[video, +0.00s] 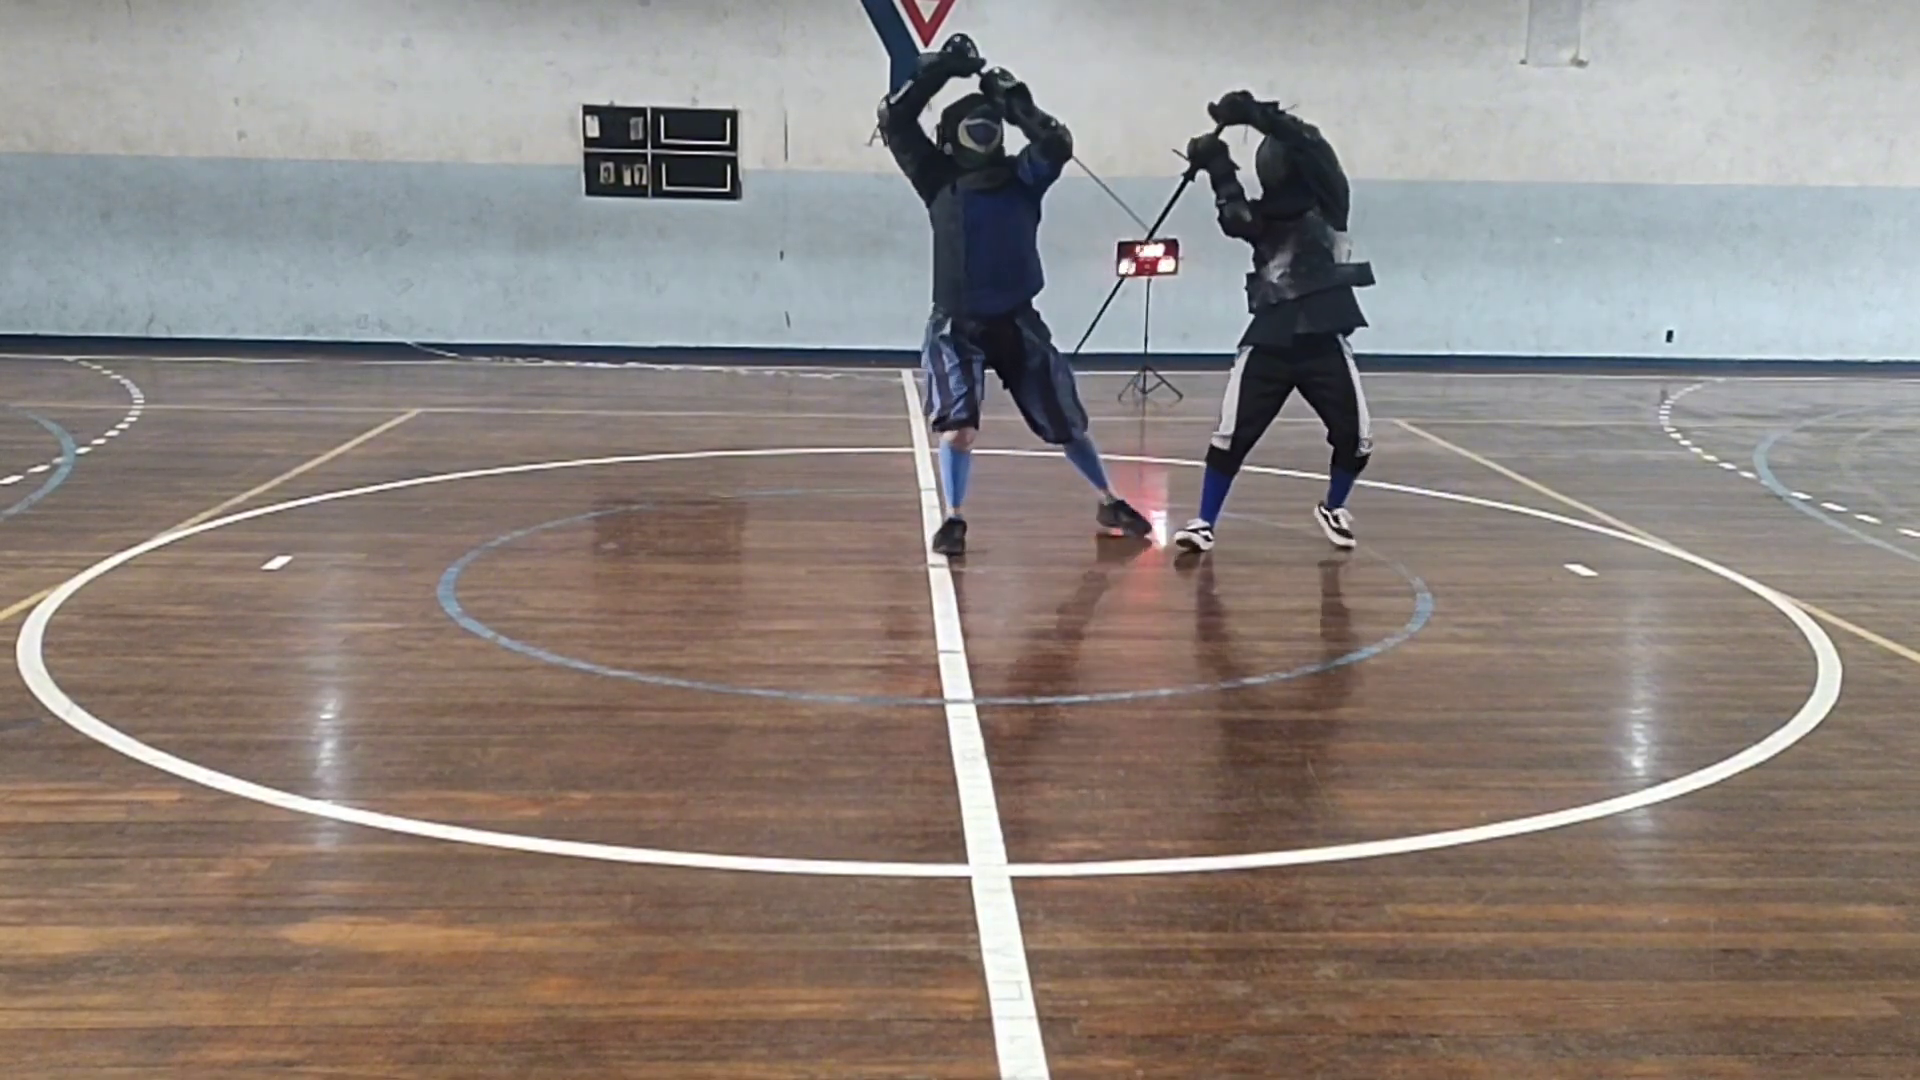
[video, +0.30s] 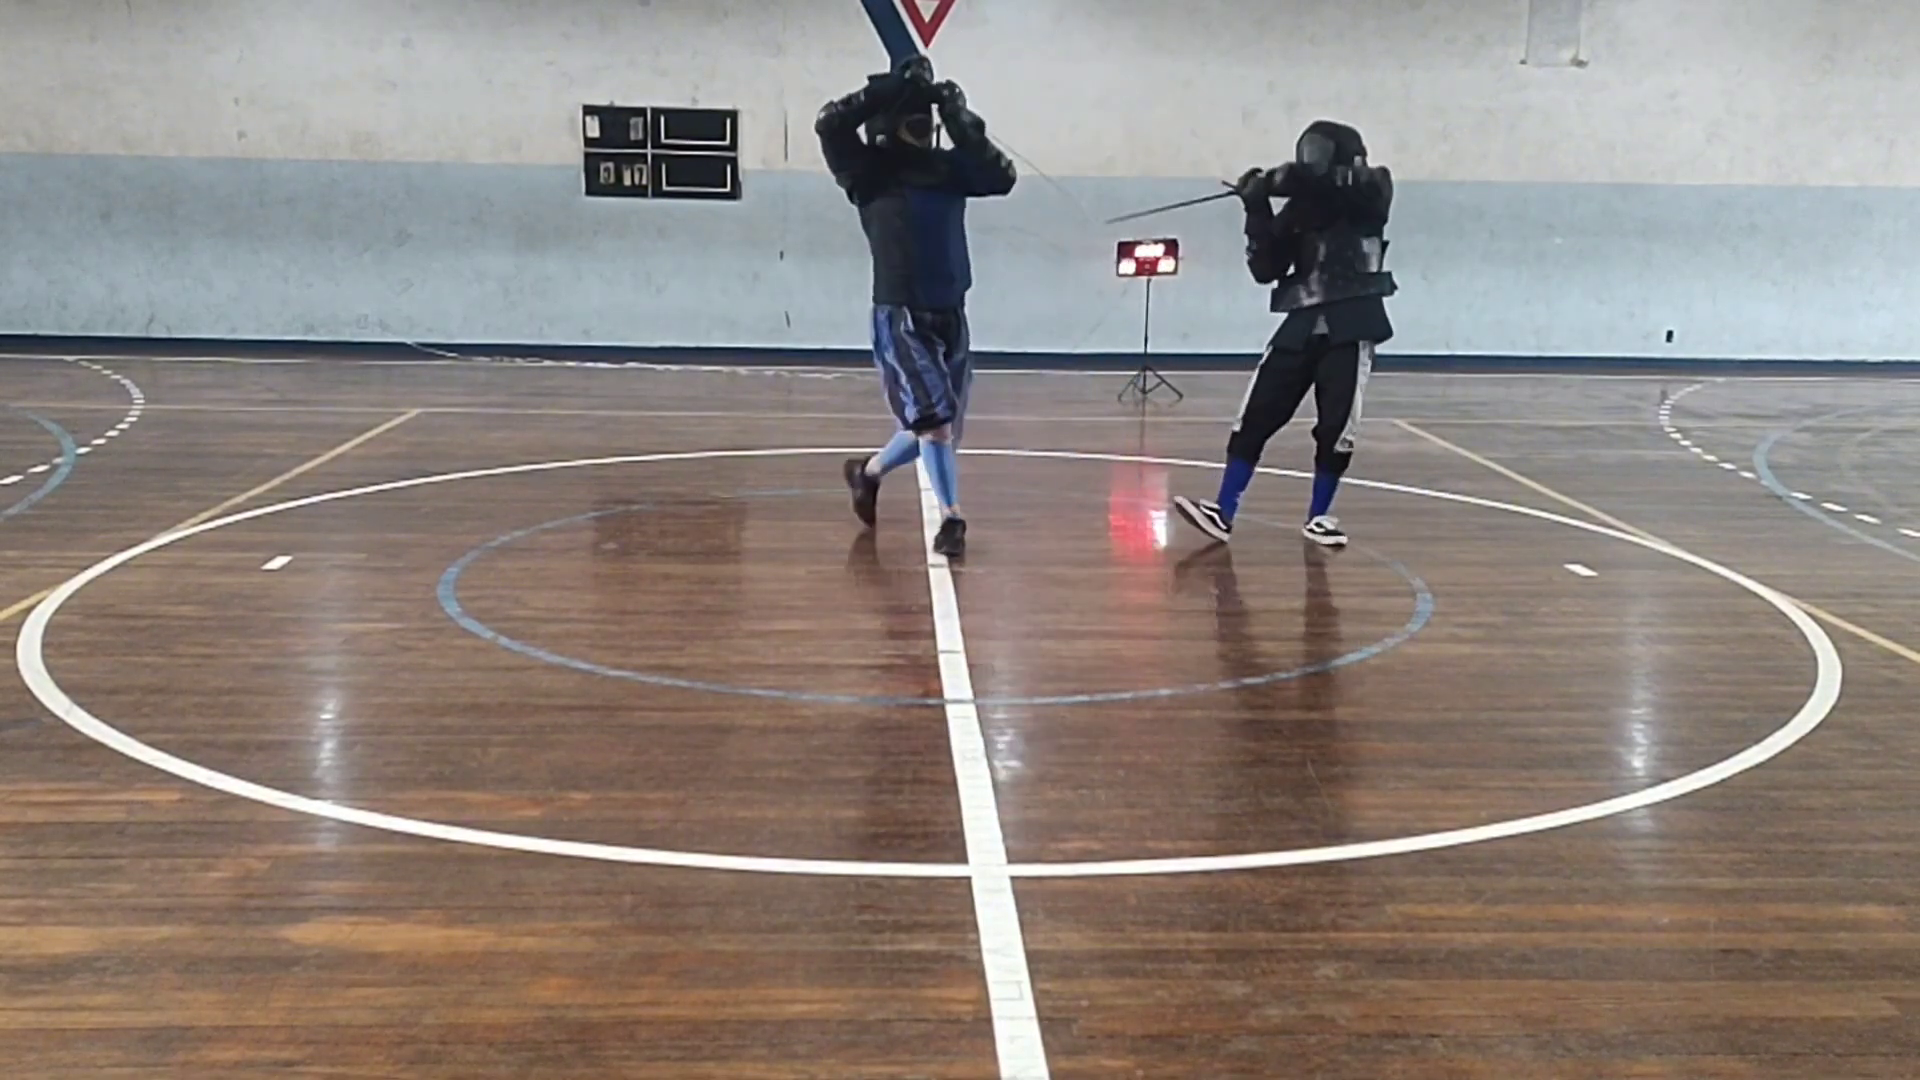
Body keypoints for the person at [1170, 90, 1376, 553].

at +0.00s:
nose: (1275, 183)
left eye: (1279, 174)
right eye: (1270, 176)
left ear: (1299, 167)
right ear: (1264, 175)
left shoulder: (1328, 202)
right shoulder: (1261, 214)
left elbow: (1311, 145)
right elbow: (1232, 212)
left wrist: (1256, 113)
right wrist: (1218, 162)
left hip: (1322, 341)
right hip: (1268, 341)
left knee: (1355, 440)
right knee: (1231, 435)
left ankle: (1333, 507)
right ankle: (1204, 523)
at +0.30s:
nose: (1308, 161)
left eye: (1318, 153)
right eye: (1305, 153)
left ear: (1344, 156)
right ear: (1305, 157)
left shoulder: (1372, 183)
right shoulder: (1299, 205)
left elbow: (1328, 184)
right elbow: (1265, 268)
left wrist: (1285, 179)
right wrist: (1256, 204)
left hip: (1351, 319)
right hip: (1300, 321)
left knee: (1337, 426)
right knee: (1258, 414)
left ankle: (1319, 517)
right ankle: (1223, 511)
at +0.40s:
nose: (1317, 158)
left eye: (1327, 149)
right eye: (1314, 149)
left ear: (1353, 153)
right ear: (1311, 154)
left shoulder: (1379, 193)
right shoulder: (1306, 206)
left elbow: (1373, 208)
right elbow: (1282, 273)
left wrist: (1319, 202)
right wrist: (1271, 225)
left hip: (1354, 319)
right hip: (1303, 319)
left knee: (1337, 421)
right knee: (1264, 409)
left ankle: (1319, 514)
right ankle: (1261, 505)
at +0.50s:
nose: (1324, 157)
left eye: (1332, 148)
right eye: (1322, 148)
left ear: (1360, 151)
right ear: (1324, 151)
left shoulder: (1386, 197)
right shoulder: (1321, 201)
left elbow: (1375, 258)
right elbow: (1293, 270)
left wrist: (1338, 231)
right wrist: (1281, 235)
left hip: (1356, 318)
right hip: (1311, 316)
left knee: (1339, 418)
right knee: (1280, 413)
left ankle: (1321, 511)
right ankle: (1310, 489)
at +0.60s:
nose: (1327, 156)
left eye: (1336, 147)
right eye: (1326, 147)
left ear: (1365, 152)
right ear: (1327, 150)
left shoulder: (1390, 201)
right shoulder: (1328, 201)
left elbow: (1384, 266)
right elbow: (1301, 271)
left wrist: (1329, 261)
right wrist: (1289, 244)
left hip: (1362, 320)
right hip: (1321, 318)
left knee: (1340, 415)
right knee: (1308, 416)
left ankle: (1321, 511)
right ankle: (1353, 487)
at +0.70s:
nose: (1353, 194)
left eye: (1363, 186)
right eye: (1353, 185)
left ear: (1391, 192)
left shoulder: (1417, 232)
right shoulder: (1347, 246)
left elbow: (1451, 267)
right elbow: (1338, 318)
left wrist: (1408, 257)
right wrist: (1328, 276)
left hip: (1420, 359)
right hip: (1364, 361)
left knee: (1461, 449)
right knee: (1305, 437)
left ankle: (1497, 514)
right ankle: (1272, 515)